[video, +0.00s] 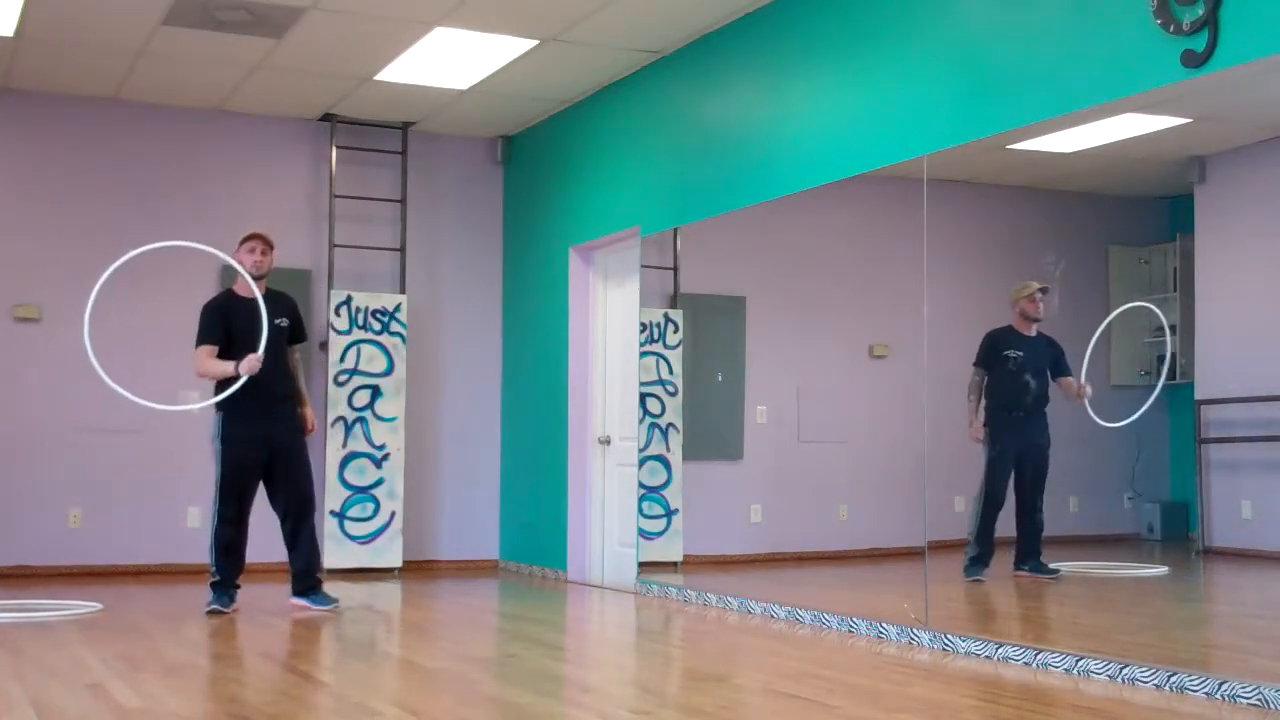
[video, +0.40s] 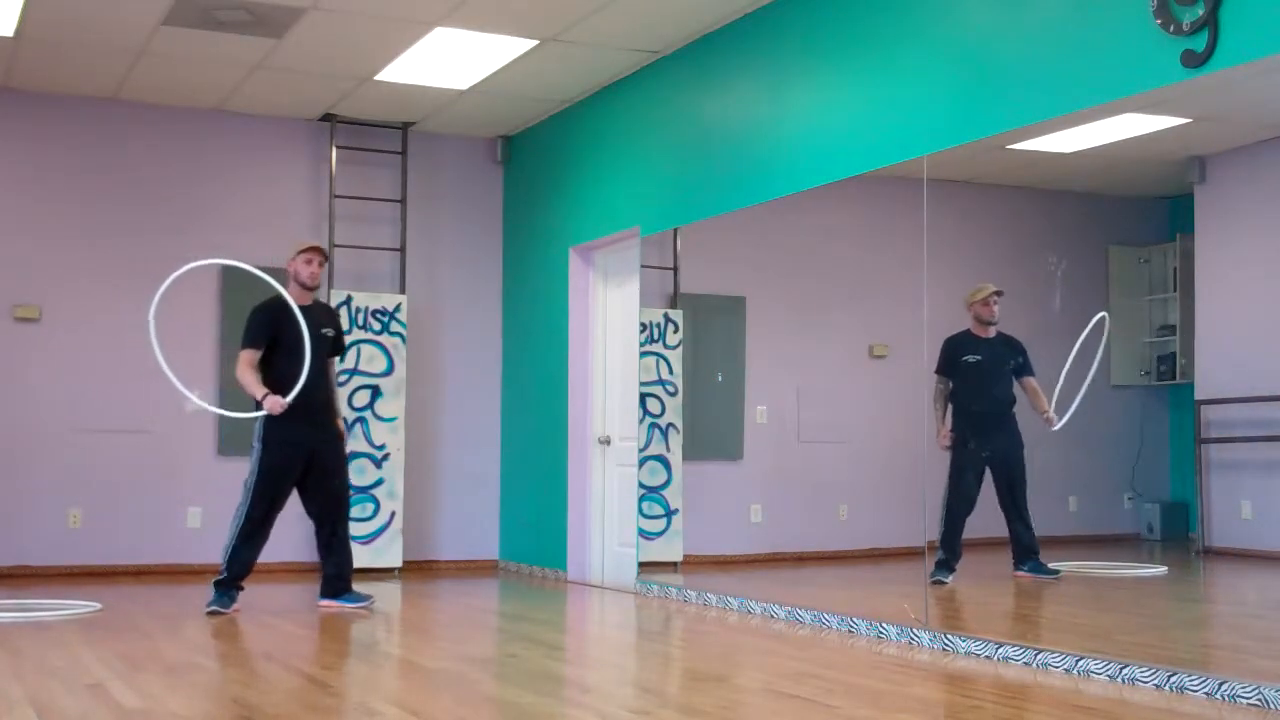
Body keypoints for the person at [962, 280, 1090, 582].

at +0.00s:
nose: (1039, 305)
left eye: (1041, 300)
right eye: (1033, 300)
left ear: (1043, 306)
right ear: (1018, 305)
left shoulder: (1049, 345)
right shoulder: (996, 339)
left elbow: (1065, 382)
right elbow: (977, 379)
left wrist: (1078, 390)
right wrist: (974, 418)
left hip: (1035, 427)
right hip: (1001, 426)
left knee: (1032, 498)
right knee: (993, 496)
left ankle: (1028, 560)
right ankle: (977, 562)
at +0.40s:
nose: (993, 307)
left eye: (995, 303)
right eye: (985, 303)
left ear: (998, 307)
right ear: (971, 309)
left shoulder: (1012, 346)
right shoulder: (955, 345)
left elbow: (1029, 384)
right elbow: (941, 389)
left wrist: (1045, 409)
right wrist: (942, 426)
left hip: (1005, 431)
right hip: (968, 432)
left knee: (1015, 498)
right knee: (959, 502)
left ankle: (1027, 560)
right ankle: (945, 565)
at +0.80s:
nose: (970, 301)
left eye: (971, 296)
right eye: (962, 297)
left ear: (973, 300)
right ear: (947, 302)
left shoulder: (987, 339)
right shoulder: (931, 339)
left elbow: (1007, 377)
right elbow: (917, 384)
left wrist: (1019, 404)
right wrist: (917, 423)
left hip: (983, 431)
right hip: (946, 432)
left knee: (985, 502)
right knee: (946, 502)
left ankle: (977, 563)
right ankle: (943, 564)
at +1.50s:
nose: (945, 304)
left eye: (950, 299)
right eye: (938, 300)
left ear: (959, 304)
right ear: (930, 307)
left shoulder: (975, 333)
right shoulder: (922, 343)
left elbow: (984, 355)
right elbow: (910, 391)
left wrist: (984, 372)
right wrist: (909, 430)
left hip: (974, 430)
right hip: (937, 433)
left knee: (975, 502)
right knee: (923, 502)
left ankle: (972, 565)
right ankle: (902, 571)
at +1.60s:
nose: (942, 306)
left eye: (947, 301)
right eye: (935, 302)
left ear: (957, 305)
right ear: (929, 308)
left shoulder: (972, 332)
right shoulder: (921, 344)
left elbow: (984, 344)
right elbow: (909, 390)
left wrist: (976, 347)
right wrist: (906, 429)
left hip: (971, 431)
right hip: (935, 433)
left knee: (974, 503)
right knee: (918, 503)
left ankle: (972, 565)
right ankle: (897, 571)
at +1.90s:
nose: (933, 301)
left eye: (937, 296)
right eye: (927, 296)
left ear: (942, 300)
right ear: (915, 300)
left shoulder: (952, 334)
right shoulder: (899, 338)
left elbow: (980, 351)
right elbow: (883, 386)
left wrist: (982, 319)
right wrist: (883, 427)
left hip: (945, 430)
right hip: (909, 432)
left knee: (957, 499)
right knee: (906, 503)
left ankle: (941, 562)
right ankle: (894, 572)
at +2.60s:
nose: (920, 302)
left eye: (920, 297)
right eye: (914, 297)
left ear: (908, 303)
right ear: (895, 302)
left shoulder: (922, 341)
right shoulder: (869, 336)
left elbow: (951, 378)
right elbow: (845, 377)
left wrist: (966, 355)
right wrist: (836, 415)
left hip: (912, 436)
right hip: (877, 436)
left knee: (915, 505)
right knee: (864, 507)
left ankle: (915, 570)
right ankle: (848, 575)